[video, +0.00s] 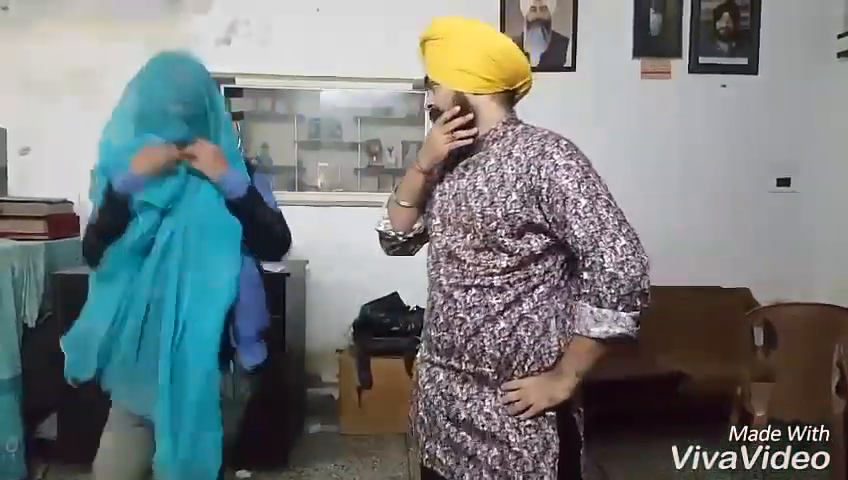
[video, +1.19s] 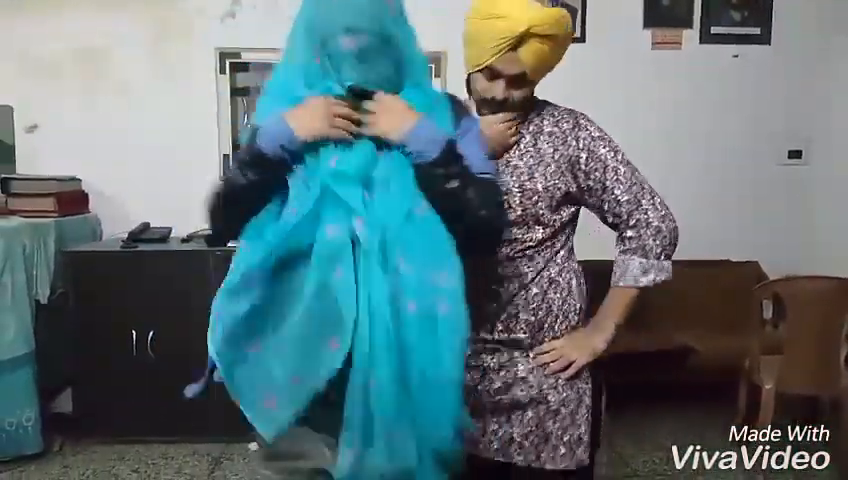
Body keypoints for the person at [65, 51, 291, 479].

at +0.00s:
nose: (175, 137)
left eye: (188, 124)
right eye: (162, 125)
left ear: (208, 117)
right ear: (141, 117)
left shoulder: (234, 175)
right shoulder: (127, 177)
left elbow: (276, 247)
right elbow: (92, 253)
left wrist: (228, 179)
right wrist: (131, 179)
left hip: (221, 370)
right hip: (140, 364)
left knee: (198, 470)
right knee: (113, 470)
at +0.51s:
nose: (215, 100)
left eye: (227, 85)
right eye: (194, 86)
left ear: (243, 76)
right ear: (159, 77)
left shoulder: (260, 139)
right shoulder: (132, 135)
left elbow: (317, 223)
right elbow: (116, 213)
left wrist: (279, 134)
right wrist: (188, 127)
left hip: (259, 367)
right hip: (166, 368)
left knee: (253, 469)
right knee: (170, 468)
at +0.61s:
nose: (240, 86)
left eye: (251, 69)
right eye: (219, 71)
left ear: (262, 61)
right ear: (185, 63)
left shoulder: (283, 129)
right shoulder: (151, 132)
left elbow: (340, 220)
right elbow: (158, 226)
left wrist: (306, 133)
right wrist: (221, 133)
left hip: (285, 356)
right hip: (193, 360)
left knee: (284, 468)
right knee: (190, 468)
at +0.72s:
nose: (265, 114)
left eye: (275, 100)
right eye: (243, 102)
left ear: (287, 90)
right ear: (206, 96)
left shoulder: (306, 155)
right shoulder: (177, 158)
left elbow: (366, 240)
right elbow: (188, 252)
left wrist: (330, 153)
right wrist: (252, 150)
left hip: (316, 401)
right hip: (220, 408)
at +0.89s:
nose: (301, 113)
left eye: (313, 96)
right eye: (280, 99)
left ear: (330, 89)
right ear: (247, 92)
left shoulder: (345, 162)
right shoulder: (220, 158)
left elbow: (392, 263)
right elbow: (206, 261)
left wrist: (365, 160)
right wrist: (275, 170)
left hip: (347, 411)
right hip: (252, 418)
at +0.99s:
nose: (311, 87)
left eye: (327, 66)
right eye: (291, 70)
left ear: (347, 51)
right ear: (264, 56)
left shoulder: (382, 123)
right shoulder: (241, 116)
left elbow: (417, 237)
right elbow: (197, 218)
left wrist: (382, 136)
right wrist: (277, 141)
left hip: (369, 400)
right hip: (261, 399)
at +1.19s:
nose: (353, 49)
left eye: (368, 36)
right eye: (336, 38)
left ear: (396, 35)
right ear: (312, 40)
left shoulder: (442, 117)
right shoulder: (292, 118)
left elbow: (488, 226)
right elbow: (223, 224)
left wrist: (421, 138)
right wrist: (285, 133)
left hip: (412, 377)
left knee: (403, 466)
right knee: (301, 464)